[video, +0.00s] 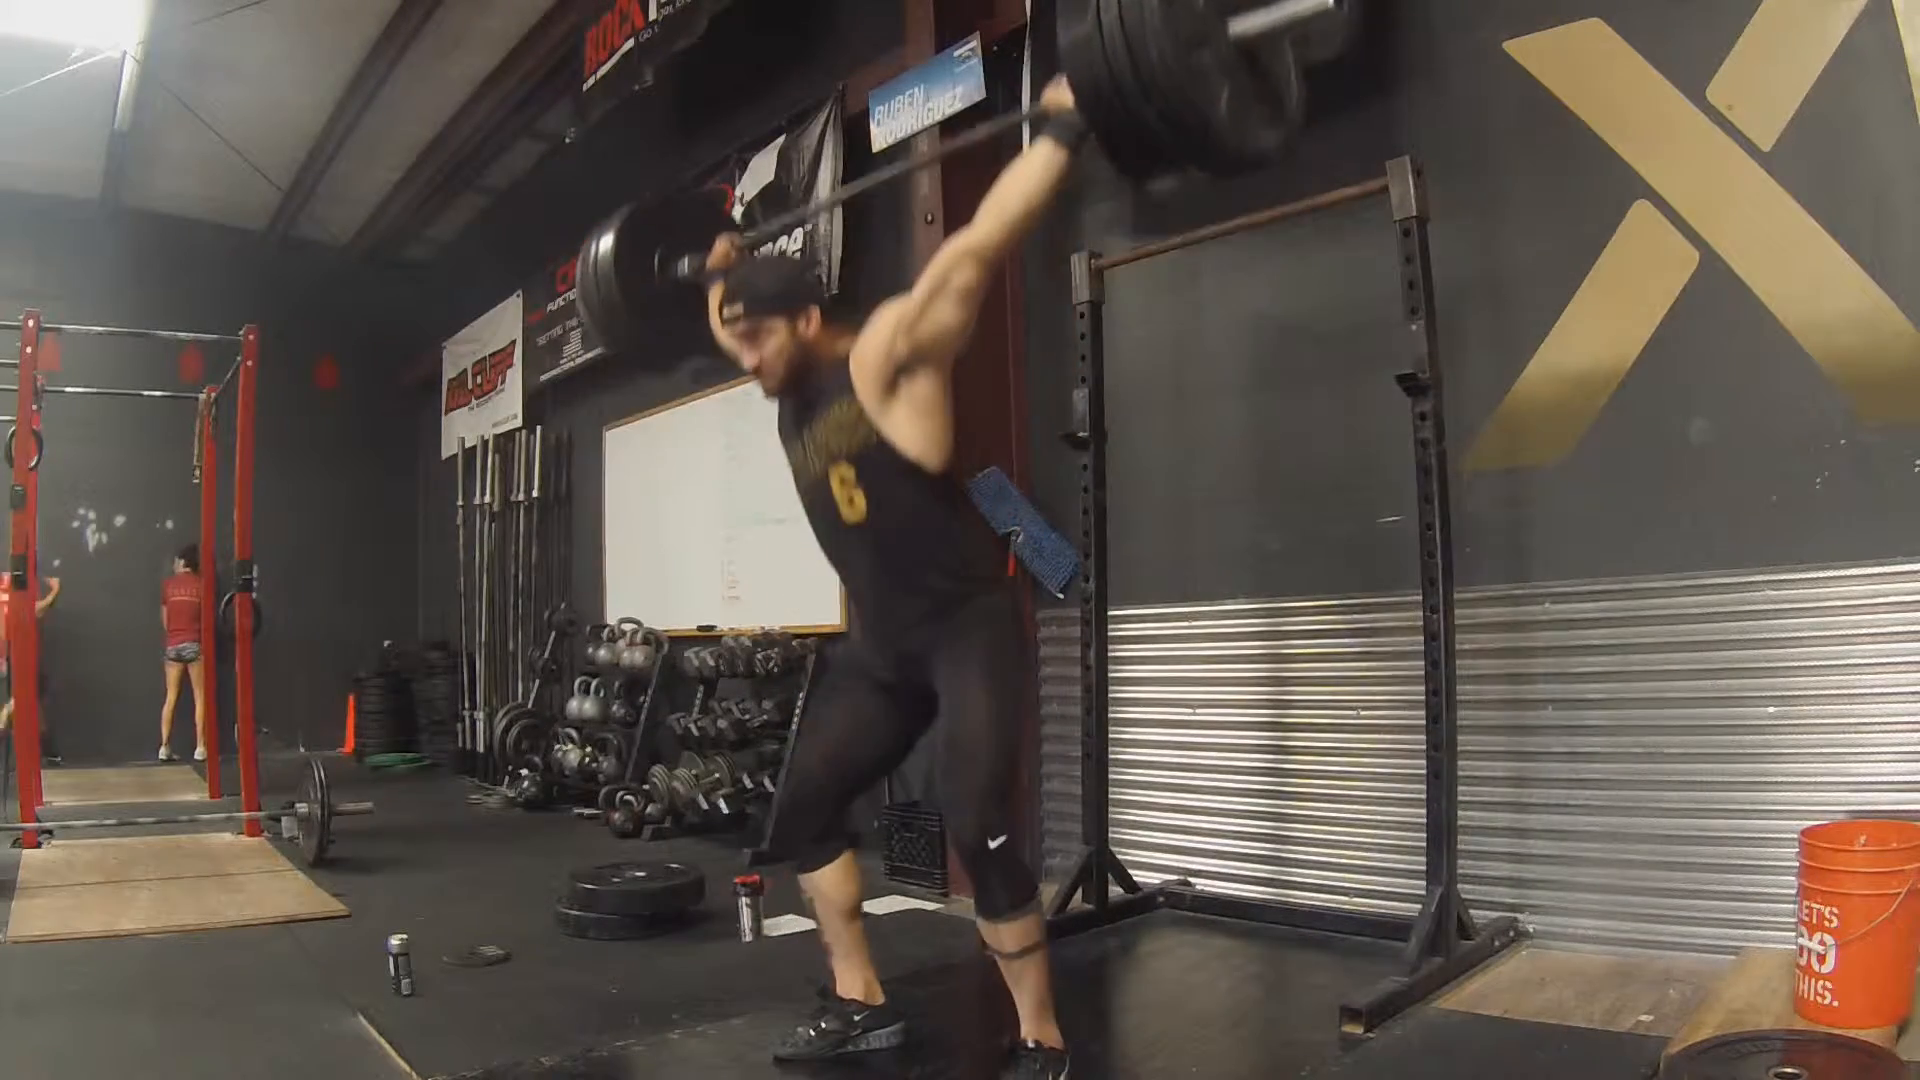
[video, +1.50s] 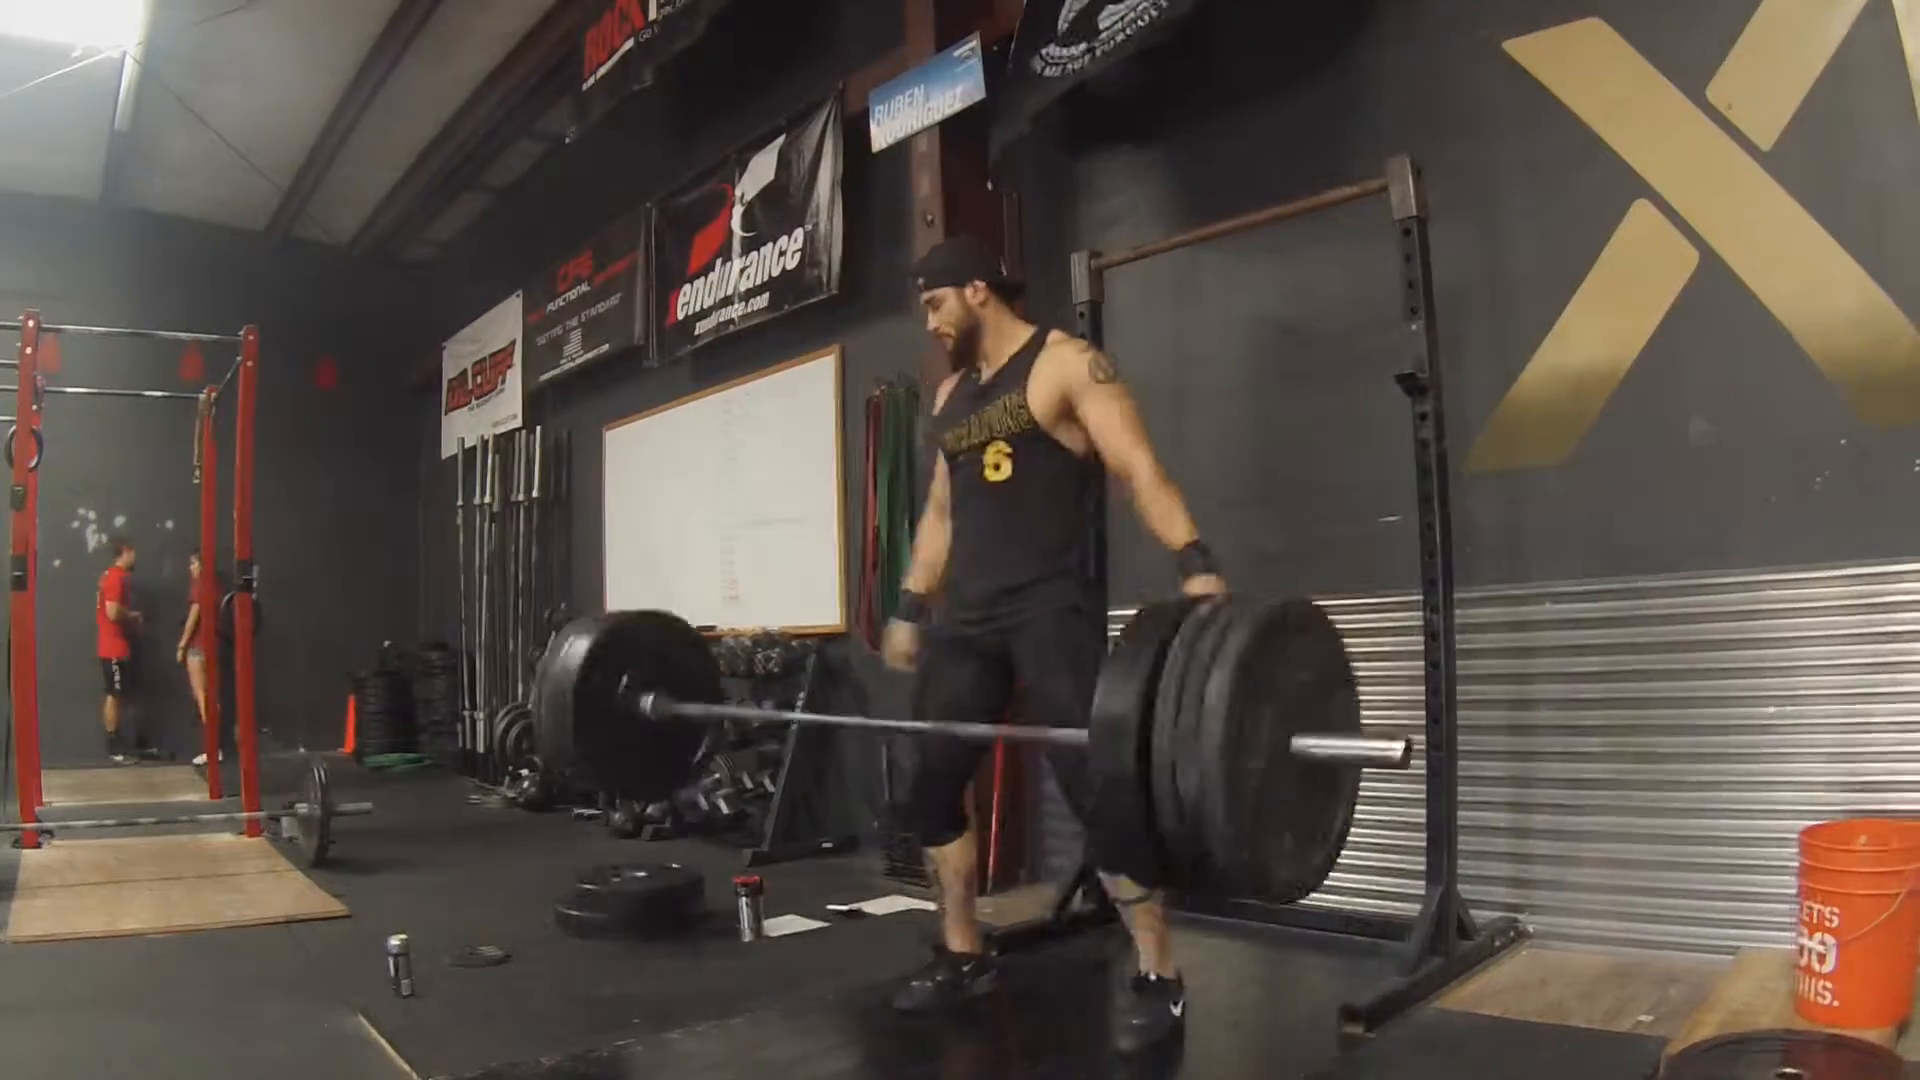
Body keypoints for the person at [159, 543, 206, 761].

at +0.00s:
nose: (174, 565)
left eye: (176, 562)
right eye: (176, 562)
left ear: (182, 563)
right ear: (194, 563)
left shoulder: (168, 584)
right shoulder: (202, 583)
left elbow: (165, 616)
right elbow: (207, 614)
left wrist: (170, 633)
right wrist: (205, 635)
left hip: (173, 642)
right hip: (194, 641)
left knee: (170, 696)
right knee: (199, 696)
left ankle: (164, 745)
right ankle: (201, 745)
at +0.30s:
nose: (170, 563)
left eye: (172, 559)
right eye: (171, 559)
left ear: (179, 561)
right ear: (189, 562)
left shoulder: (166, 584)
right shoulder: (201, 585)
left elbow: (157, 618)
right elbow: (207, 617)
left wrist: (155, 646)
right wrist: (207, 643)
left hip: (170, 644)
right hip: (195, 643)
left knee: (168, 697)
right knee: (202, 694)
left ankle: (164, 745)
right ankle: (207, 736)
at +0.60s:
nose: (176, 565)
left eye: (178, 560)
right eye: (177, 560)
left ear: (188, 562)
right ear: (194, 563)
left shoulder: (179, 584)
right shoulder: (207, 584)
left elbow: (167, 614)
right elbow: (213, 613)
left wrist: (151, 642)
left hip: (180, 644)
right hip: (201, 644)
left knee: (172, 696)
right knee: (205, 696)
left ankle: (165, 746)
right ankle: (212, 746)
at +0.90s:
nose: (185, 565)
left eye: (188, 561)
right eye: (185, 560)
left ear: (198, 563)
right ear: (201, 563)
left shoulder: (194, 583)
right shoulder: (212, 583)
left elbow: (188, 615)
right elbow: (216, 615)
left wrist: (180, 646)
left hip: (191, 645)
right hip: (208, 644)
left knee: (179, 696)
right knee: (211, 695)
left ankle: (170, 743)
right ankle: (216, 743)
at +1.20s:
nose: (190, 566)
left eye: (193, 562)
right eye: (190, 562)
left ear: (202, 563)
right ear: (206, 564)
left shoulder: (197, 582)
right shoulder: (217, 584)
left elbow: (193, 610)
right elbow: (221, 613)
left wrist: (183, 643)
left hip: (197, 645)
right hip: (215, 645)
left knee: (190, 697)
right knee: (213, 696)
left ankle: (198, 745)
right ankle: (215, 743)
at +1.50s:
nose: (191, 568)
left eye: (194, 563)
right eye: (191, 564)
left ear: (203, 565)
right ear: (205, 565)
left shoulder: (199, 586)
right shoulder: (216, 586)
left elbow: (194, 615)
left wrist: (182, 644)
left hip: (199, 646)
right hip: (214, 644)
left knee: (201, 696)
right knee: (213, 696)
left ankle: (211, 747)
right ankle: (215, 745)